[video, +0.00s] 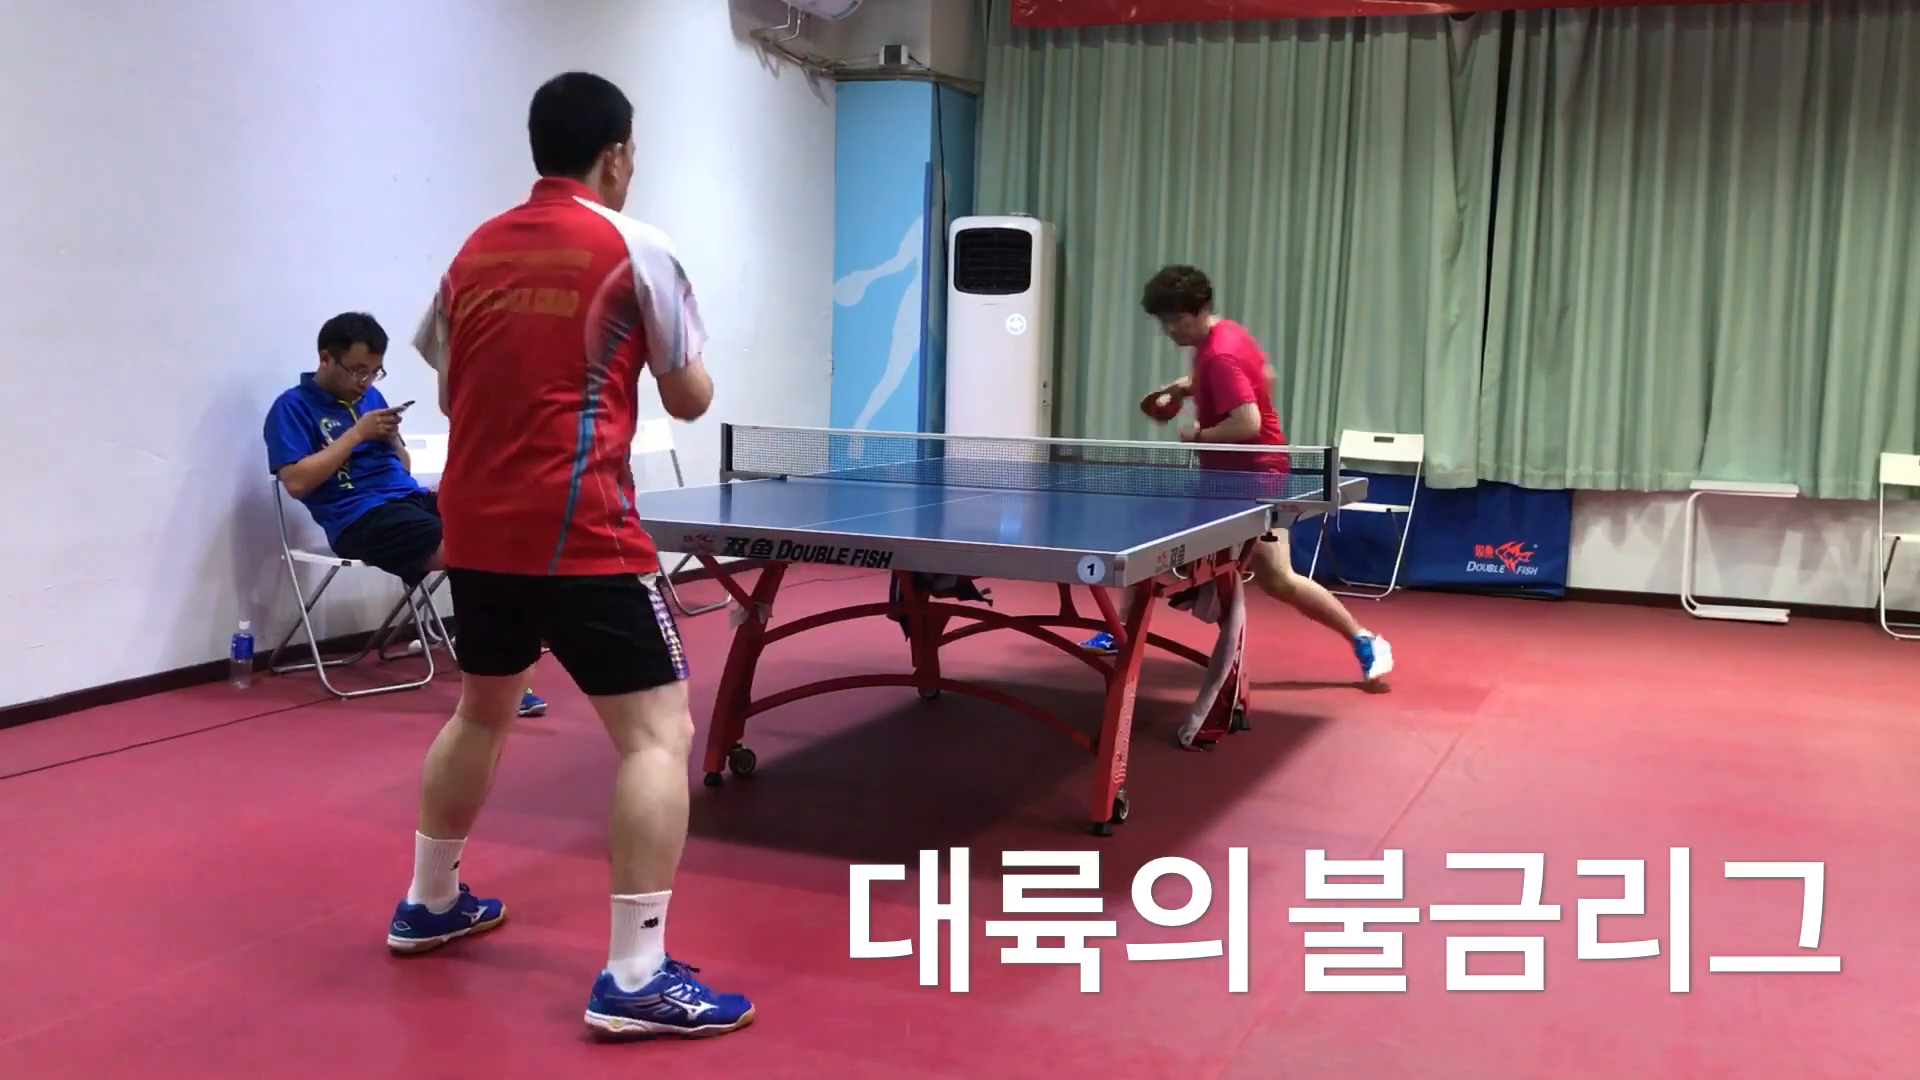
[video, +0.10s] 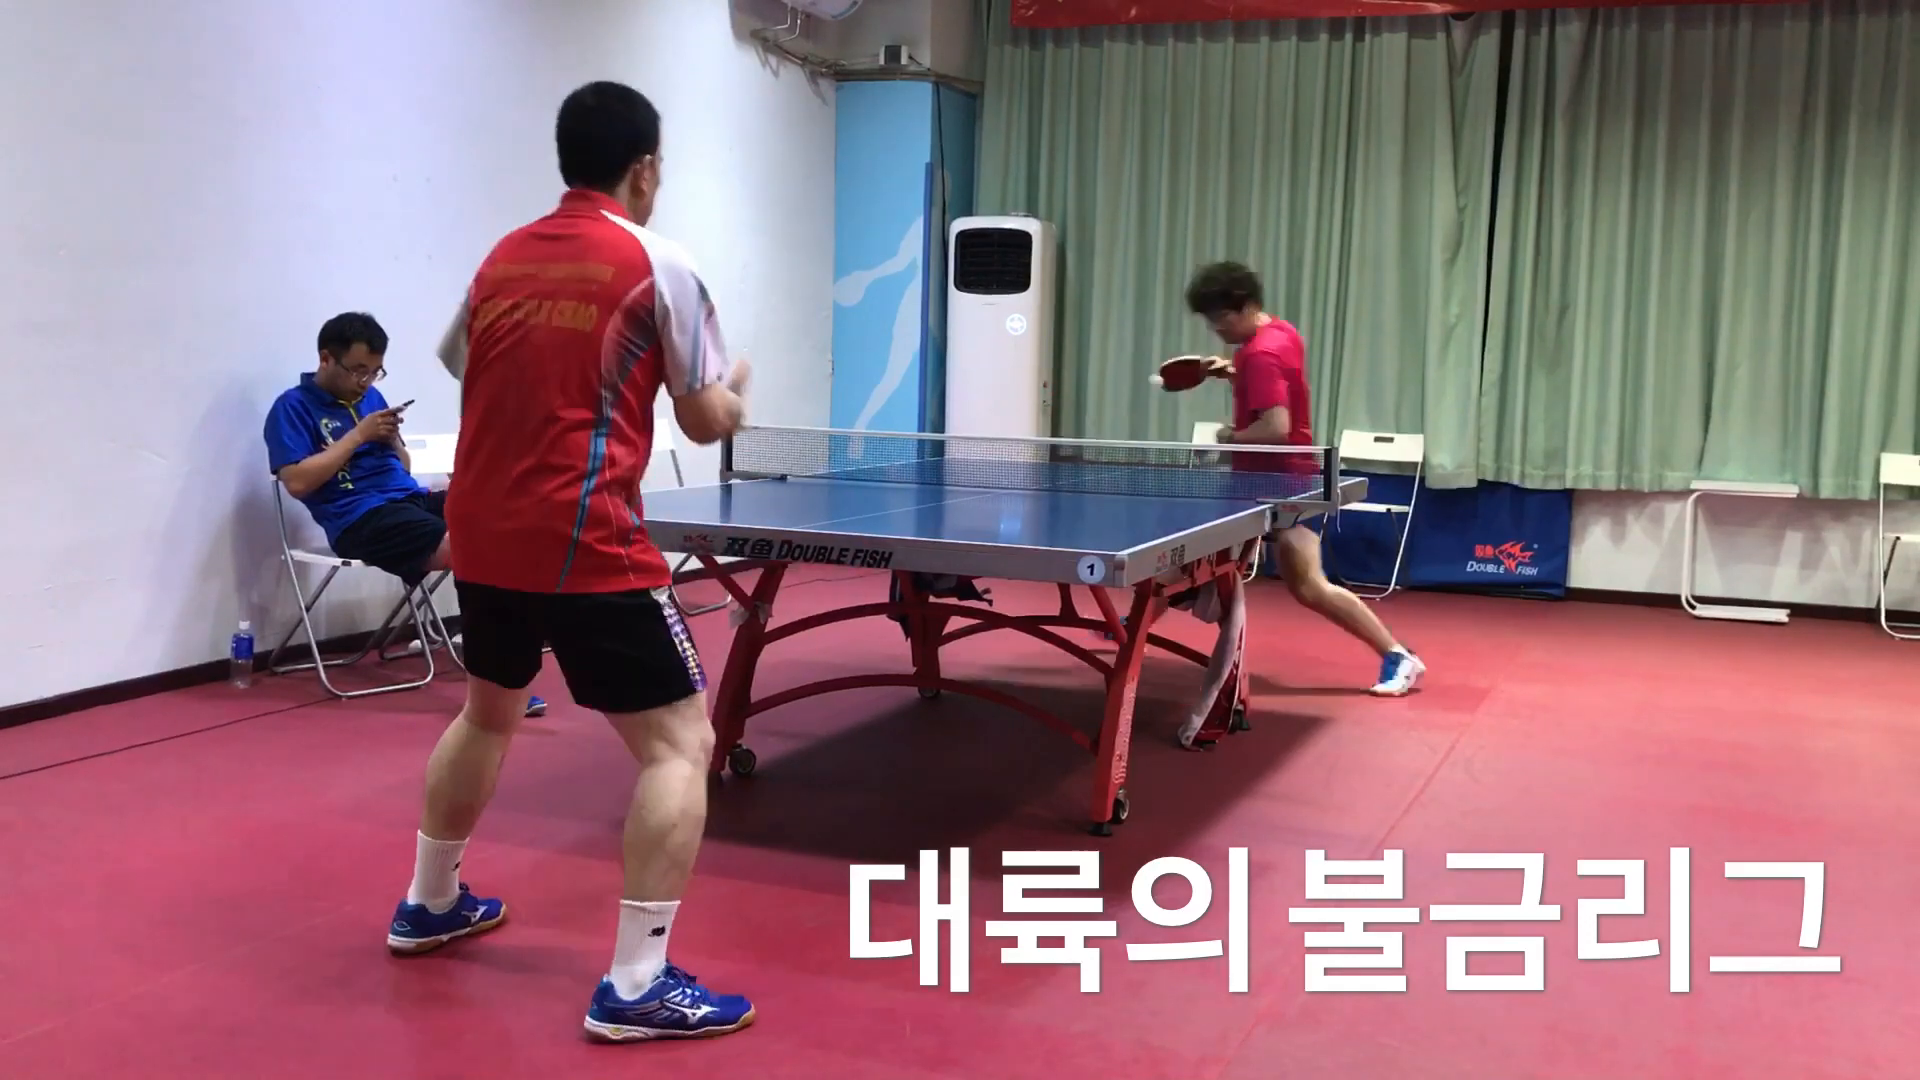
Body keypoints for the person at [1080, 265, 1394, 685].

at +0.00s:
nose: (1168, 331)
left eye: (1171, 321)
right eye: (1164, 323)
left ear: (1197, 312)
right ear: (1198, 310)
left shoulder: (1220, 353)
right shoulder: (1227, 333)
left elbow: (1248, 423)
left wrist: (1201, 435)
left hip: (1248, 476)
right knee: (1278, 578)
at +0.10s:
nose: (1214, 329)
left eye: (1217, 318)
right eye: (1210, 320)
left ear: (1242, 307)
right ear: (1247, 306)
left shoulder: (1259, 353)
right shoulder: (1280, 331)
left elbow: (1277, 424)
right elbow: (1277, 374)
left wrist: (1233, 437)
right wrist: (1234, 370)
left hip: (1276, 479)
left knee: (1308, 586)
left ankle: (1397, 657)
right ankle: (1397, 655)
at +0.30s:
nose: (1260, 323)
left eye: (1267, 313)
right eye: (1256, 314)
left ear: (1294, 310)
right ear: (1263, 313)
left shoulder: (1319, 365)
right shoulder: (1284, 351)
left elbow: (1331, 443)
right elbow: (1262, 407)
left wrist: (1269, 449)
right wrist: (1232, 395)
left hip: (1329, 484)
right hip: (1288, 476)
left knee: (1326, 592)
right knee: (1224, 539)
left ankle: (1407, 665)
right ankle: (1174, 619)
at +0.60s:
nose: (1242, 326)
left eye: (1253, 316)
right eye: (1236, 316)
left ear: (1279, 319)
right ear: (1230, 319)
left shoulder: (1313, 370)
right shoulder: (1232, 367)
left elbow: (1345, 436)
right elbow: (1210, 439)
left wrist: (1281, 451)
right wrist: (1210, 417)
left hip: (1323, 484)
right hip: (1269, 481)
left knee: (1331, 582)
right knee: (1205, 544)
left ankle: (1407, 663)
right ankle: (1171, 630)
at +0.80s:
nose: (1196, 313)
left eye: (1205, 303)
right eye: (1189, 304)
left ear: (1232, 305)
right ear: (1185, 306)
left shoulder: (1260, 351)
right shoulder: (1206, 353)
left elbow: (1290, 419)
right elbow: (1207, 409)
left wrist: (1231, 431)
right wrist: (1168, 427)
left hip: (1299, 470)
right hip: (1248, 470)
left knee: (1315, 572)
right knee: (1192, 540)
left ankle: (1392, 654)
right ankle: (1168, 631)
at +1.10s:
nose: (1175, 343)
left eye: (1180, 334)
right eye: (1172, 335)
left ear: (1209, 330)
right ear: (1204, 331)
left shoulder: (1250, 373)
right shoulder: (1202, 370)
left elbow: (1281, 442)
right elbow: (1193, 413)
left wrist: (1222, 443)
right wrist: (1132, 399)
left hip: (1295, 482)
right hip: (1245, 481)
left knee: (1297, 580)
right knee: (1183, 539)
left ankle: (1365, 659)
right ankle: (1166, 631)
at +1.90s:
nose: (1156, 344)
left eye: (1162, 336)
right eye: (1153, 336)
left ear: (1191, 330)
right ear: (1181, 331)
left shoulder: (1229, 375)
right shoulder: (1181, 368)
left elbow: (1263, 445)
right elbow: (1169, 405)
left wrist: (1206, 446)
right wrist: (1104, 398)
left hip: (1273, 482)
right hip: (1224, 480)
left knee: (1285, 580)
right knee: (1159, 541)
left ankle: (1350, 655)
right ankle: (1131, 633)